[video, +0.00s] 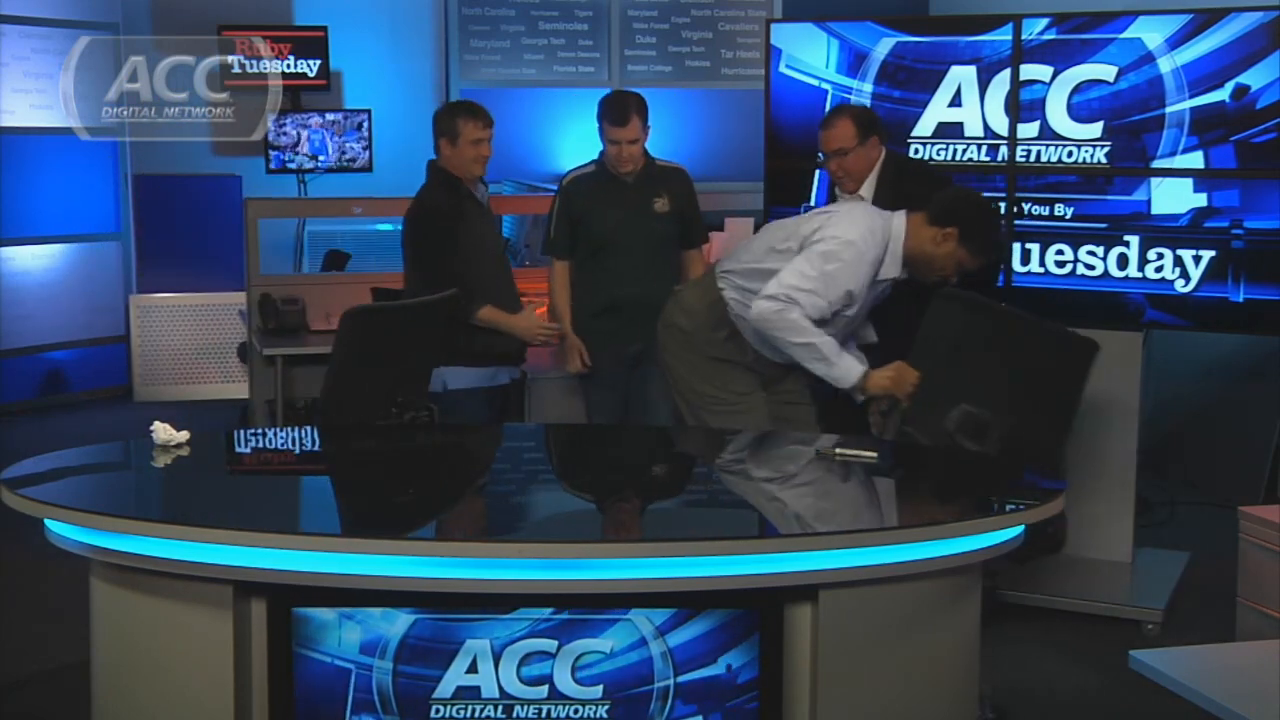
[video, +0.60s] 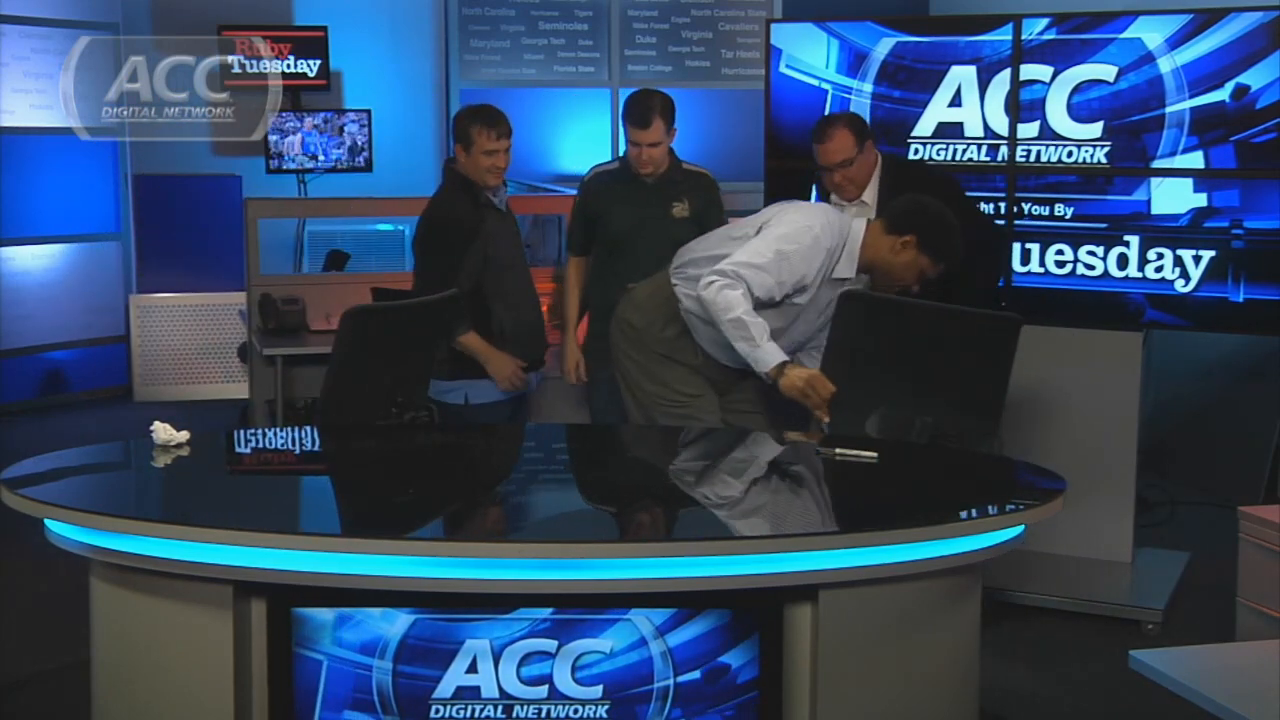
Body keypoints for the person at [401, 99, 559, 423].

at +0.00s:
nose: (486, 152)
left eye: (488, 142)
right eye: (476, 143)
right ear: (446, 147)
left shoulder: (472, 199)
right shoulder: (433, 205)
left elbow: (485, 280)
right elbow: (443, 295)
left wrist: (520, 316)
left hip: (493, 364)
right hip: (459, 369)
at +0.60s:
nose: (502, 162)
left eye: (506, 152)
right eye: (490, 154)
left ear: (511, 148)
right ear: (461, 153)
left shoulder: (491, 203)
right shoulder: (448, 212)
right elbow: (435, 307)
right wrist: (491, 358)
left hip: (503, 384)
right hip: (469, 390)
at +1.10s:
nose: (489, 165)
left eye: (495, 154)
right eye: (478, 156)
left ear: (501, 149)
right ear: (450, 155)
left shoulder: (496, 198)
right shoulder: (434, 216)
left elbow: (506, 279)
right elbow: (420, 308)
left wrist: (530, 345)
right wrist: (459, 374)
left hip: (515, 379)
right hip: (466, 391)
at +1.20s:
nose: (488, 165)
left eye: (493, 154)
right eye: (476, 157)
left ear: (499, 149)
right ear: (448, 156)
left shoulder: (495, 198)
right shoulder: (432, 217)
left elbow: (507, 279)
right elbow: (418, 308)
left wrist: (531, 344)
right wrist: (448, 376)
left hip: (518, 377)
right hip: (472, 390)